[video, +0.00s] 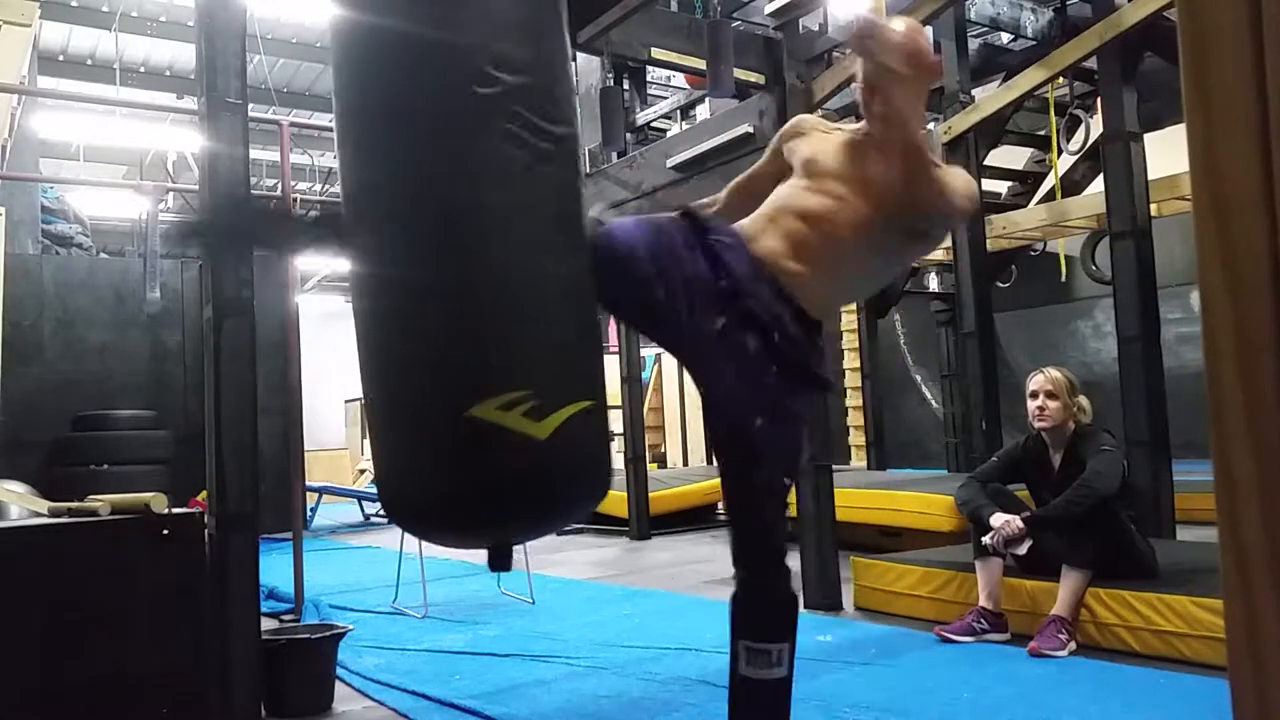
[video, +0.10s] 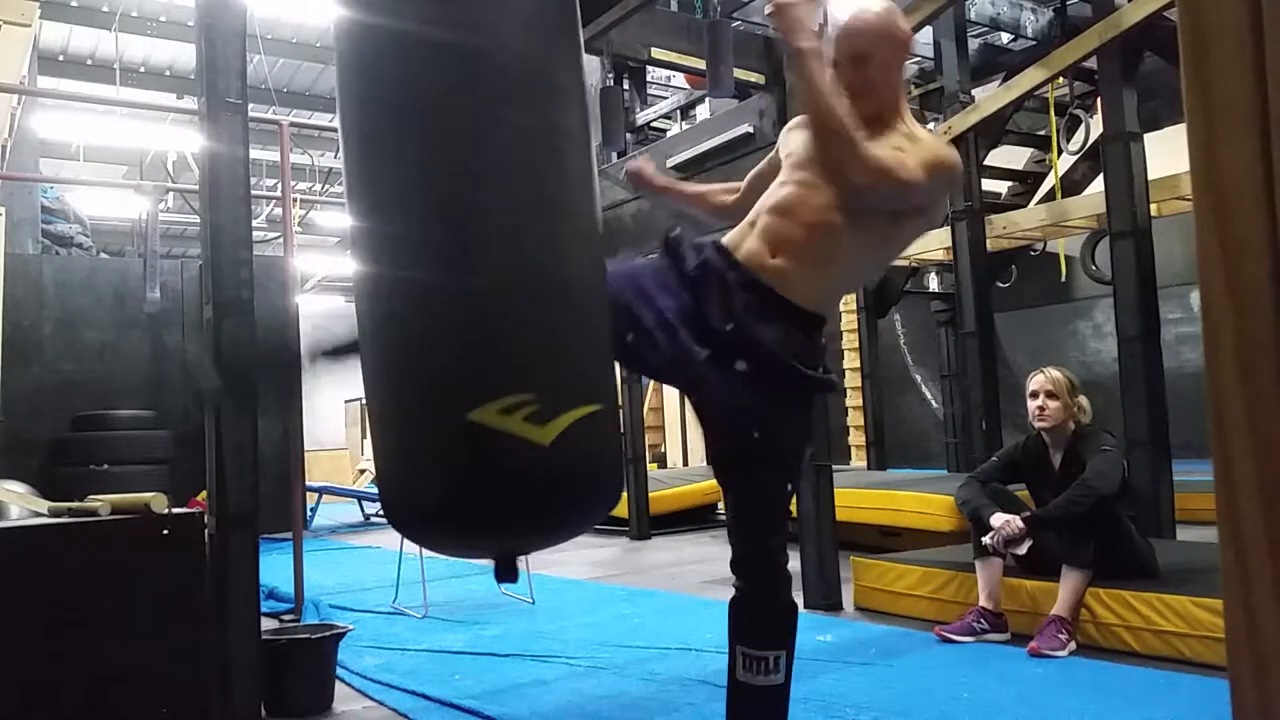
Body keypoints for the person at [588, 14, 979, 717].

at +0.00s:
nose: (865, 77)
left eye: (885, 63)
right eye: (861, 61)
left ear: (929, 77)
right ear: (854, 74)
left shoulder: (952, 189)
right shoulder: (805, 133)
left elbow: (917, 196)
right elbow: (720, 210)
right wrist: (635, 237)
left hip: (774, 346)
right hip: (708, 265)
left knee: (760, 552)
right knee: (580, 251)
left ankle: (760, 714)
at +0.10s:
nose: (843, 80)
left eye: (860, 63)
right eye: (833, 62)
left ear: (903, 60)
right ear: (824, 60)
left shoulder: (935, 161)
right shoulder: (806, 125)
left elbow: (863, 186)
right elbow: (738, 204)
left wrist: (800, 44)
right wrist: (664, 184)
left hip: (775, 347)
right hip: (694, 280)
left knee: (760, 560)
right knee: (544, 306)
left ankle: (756, 712)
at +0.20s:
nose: (811, 53)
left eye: (826, 35)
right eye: (805, 42)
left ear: (876, 33)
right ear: (801, 47)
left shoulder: (916, 132)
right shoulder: (809, 126)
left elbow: (833, 183)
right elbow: (733, 209)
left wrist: (759, 77)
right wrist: (658, 180)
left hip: (778, 340)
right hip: (700, 301)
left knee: (754, 551)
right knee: (558, 386)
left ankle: (756, 713)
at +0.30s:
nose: (774, 51)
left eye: (791, 33)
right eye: (770, 40)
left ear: (844, 38)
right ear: (775, 57)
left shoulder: (878, 123)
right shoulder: (791, 141)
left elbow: (825, 201)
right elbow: (727, 242)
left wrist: (722, 111)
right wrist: (635, 206)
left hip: (774, 342)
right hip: (712, 330)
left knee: (742, 538)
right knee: (610, 449)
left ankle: (757, 712)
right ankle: (621, 617)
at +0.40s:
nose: (740, 75)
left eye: (750, 53)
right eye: (738, 62)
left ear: (797, 46)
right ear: (792, 53)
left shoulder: (831, 126)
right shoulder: (796, 138)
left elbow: (783, 205)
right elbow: (766, 249)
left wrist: (654, 132)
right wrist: (718, 303)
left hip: (768, 350)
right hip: (737, 348)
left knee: (730, 538)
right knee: (716, 530)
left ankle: (760, 704)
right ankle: (765, 669)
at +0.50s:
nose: (707, 108)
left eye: (709, 92)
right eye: (704, 96)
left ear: (742, 77)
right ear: (770, 77)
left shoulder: (763, 141)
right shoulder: (812, 151)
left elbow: (709, 206)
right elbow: (841, 283)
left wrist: (590, 191)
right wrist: (819, 354)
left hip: (763, 363)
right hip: (805, 359)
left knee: (722, 549)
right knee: (801, 544)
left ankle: (767, 705)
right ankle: (818, 699)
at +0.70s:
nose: (701, 172)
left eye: (696, 156)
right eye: (696, 159)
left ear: (716, 133)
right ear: (751, 127)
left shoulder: (730, 189)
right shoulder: (829, 190)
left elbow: (691, 298)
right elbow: (930, 254)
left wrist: (632, 309)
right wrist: (930, 350)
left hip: (779, 383)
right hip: (826, 380)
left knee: (750, 563)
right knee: (781, 560)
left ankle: (788, 710)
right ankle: (820, 708)